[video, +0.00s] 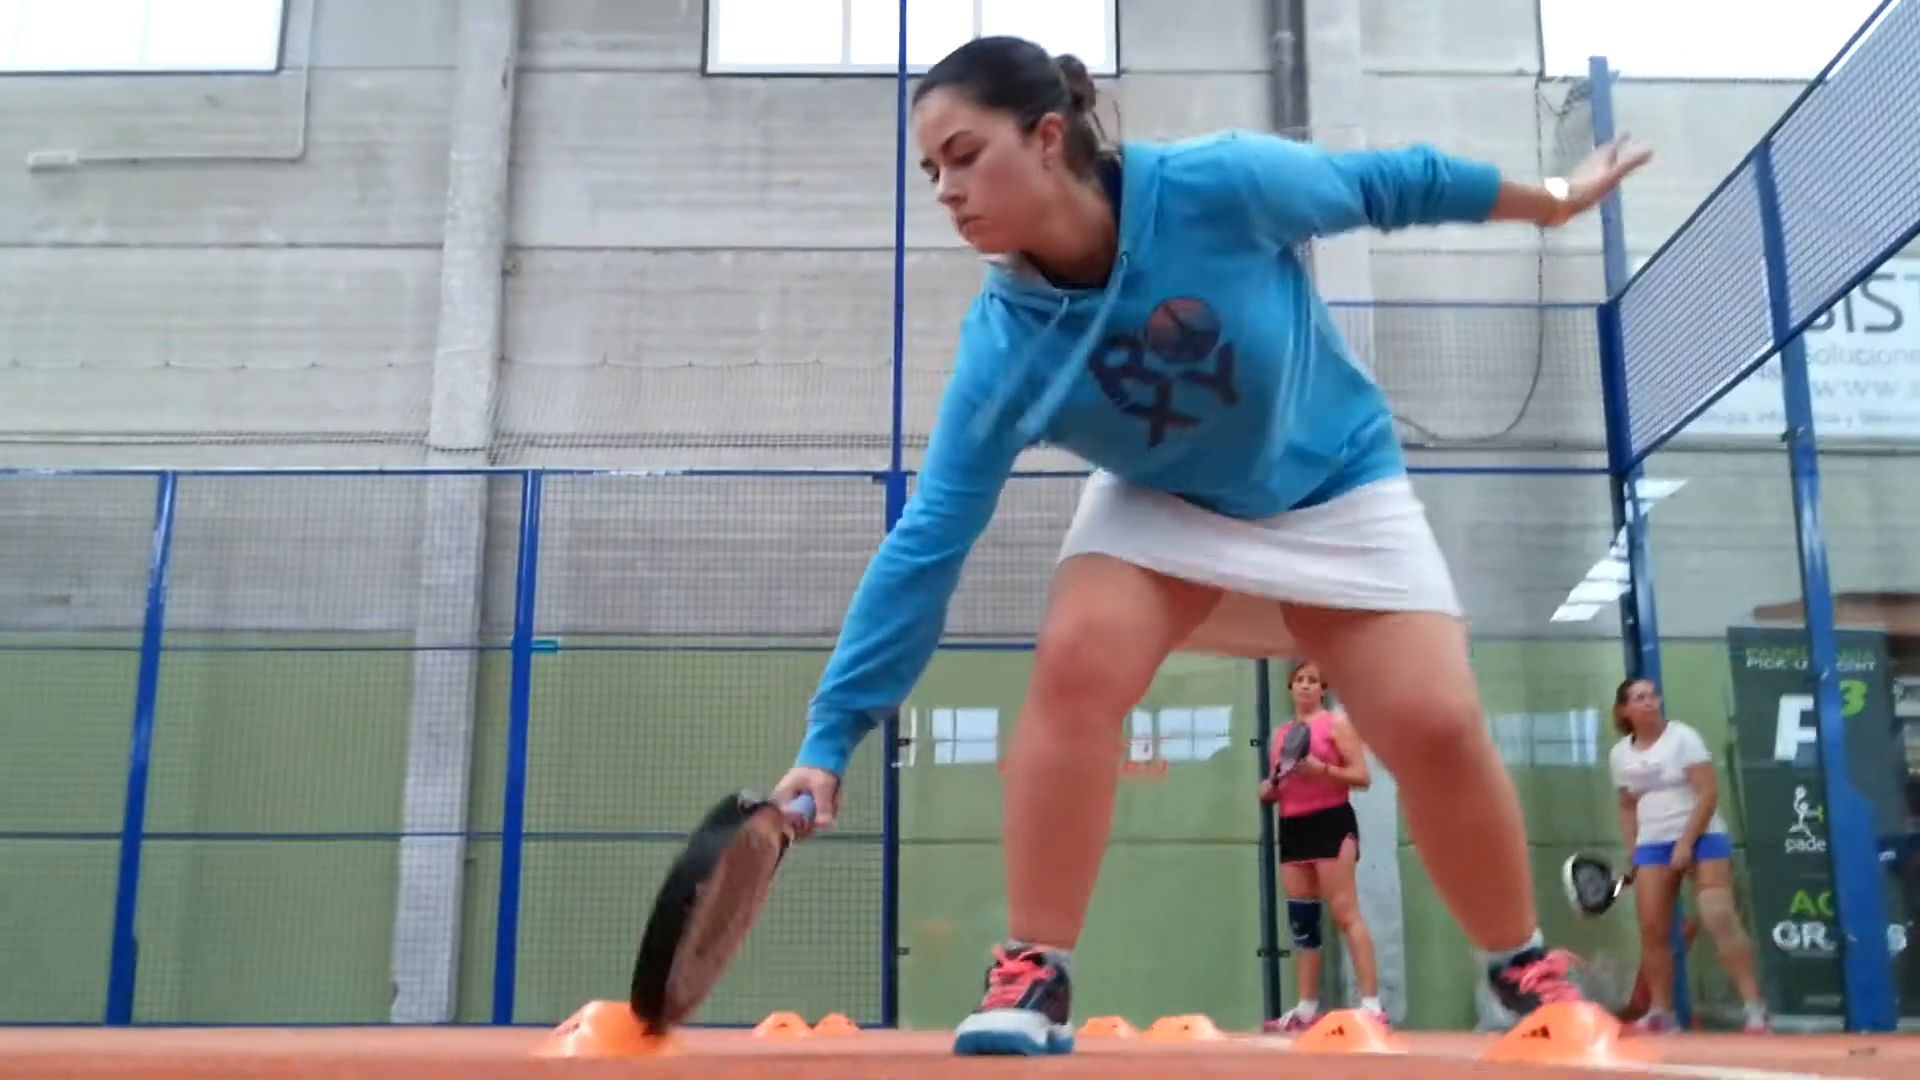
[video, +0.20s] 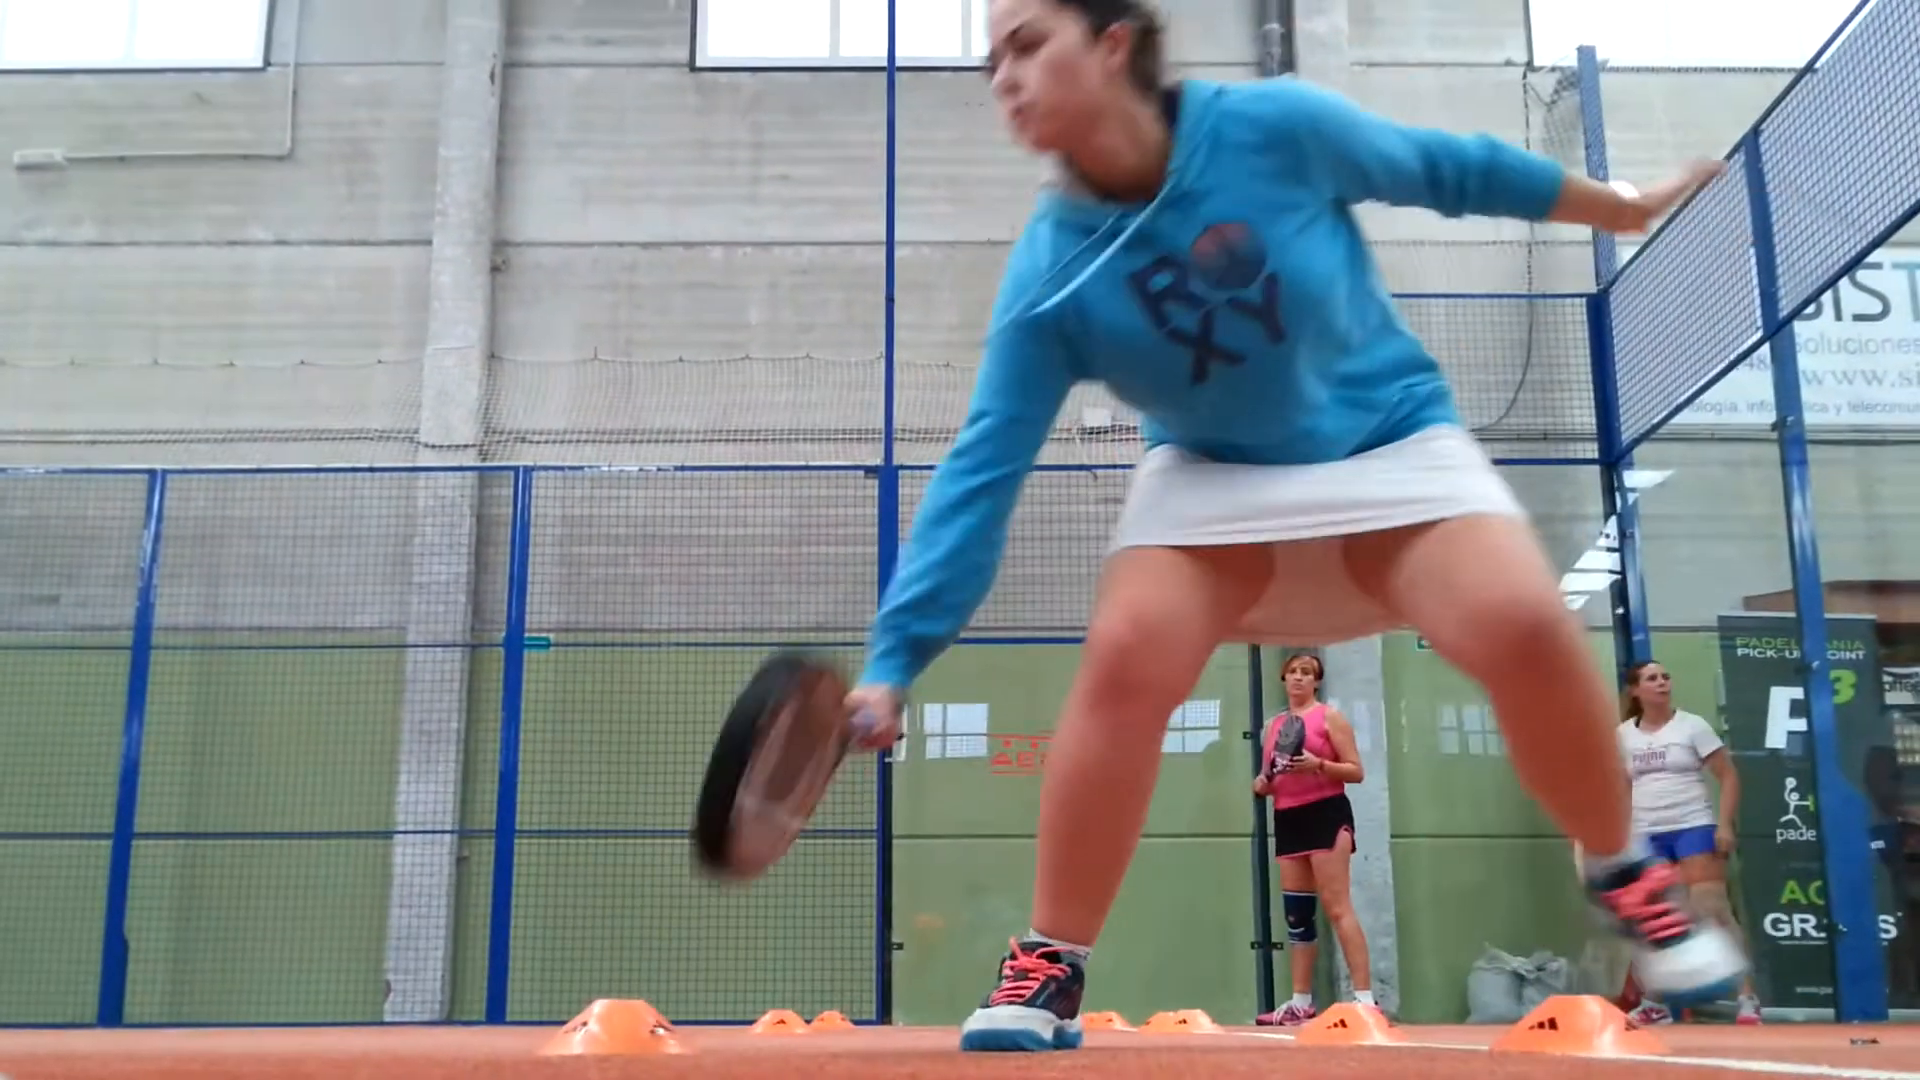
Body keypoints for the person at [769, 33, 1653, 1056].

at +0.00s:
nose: (945, 193)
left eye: (960, 157)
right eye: (932, 173)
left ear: (1049, 131)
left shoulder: (1223, 186)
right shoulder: (1006, 344)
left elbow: (1390, 185)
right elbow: (926, 542)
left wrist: (1548, 202)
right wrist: (822, 748)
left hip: (1335, 473)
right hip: (1163, 488)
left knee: (1435, 722)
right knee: (1075, 660)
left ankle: (1525, 977)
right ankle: (1032, 978)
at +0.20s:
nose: (1004, 85)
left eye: (1026, 48)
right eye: (995, 67)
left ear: (1119, 46)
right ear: (1007, 101)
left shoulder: (1273, 128)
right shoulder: (1050, 277)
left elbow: (1451, 171)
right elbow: (980, 470)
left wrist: (1620, 210)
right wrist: (887, 667)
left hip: (1389, 434)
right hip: (1211, 465)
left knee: (1525, 623)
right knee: (1126, 647)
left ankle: (1624, 877)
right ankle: (1046, 969)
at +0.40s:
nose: (1270, 3)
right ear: (1261, 5)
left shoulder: (1494, 39)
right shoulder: (1251, 147)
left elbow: (1663, 164)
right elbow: (1240, 363)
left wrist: (1838, 251)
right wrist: (1193, 511)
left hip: (1558, 402)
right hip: (1366, 430)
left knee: (1628, 648)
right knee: (1261, 648)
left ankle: (1826, 950)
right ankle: (1064, 952)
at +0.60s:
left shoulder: (1691, 4)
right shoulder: (1457, 77)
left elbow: (1870, 105)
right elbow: (1482, 280)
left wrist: (1832, 45)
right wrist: (1454, 411)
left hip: (1734, 354)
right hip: (1556, 388)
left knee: (1716, 633)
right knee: (1477, 637)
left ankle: (1819, 963)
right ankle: (1535, 947)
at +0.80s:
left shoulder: (1786, 3)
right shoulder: (1602, 71)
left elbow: (1907, 81)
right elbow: (1683, 260)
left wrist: (1762, 35)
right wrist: (1654, 386)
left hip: (1846, 296)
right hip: (1728, 351)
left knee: (1746, 617)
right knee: (1765, 660)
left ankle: (1900, 945)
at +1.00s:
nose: (1720, 12)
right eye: (1722, 1)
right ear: (1786, 2)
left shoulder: (1839, 48)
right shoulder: (1803, 86)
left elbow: (1908, 163)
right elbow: (1861, 274)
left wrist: (1746, 174)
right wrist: (1827, 401)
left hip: (1898, 381)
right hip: (1864, 394)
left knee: (1854, 635)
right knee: (1854, 643)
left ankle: (1895, 957)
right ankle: (1891, 959)